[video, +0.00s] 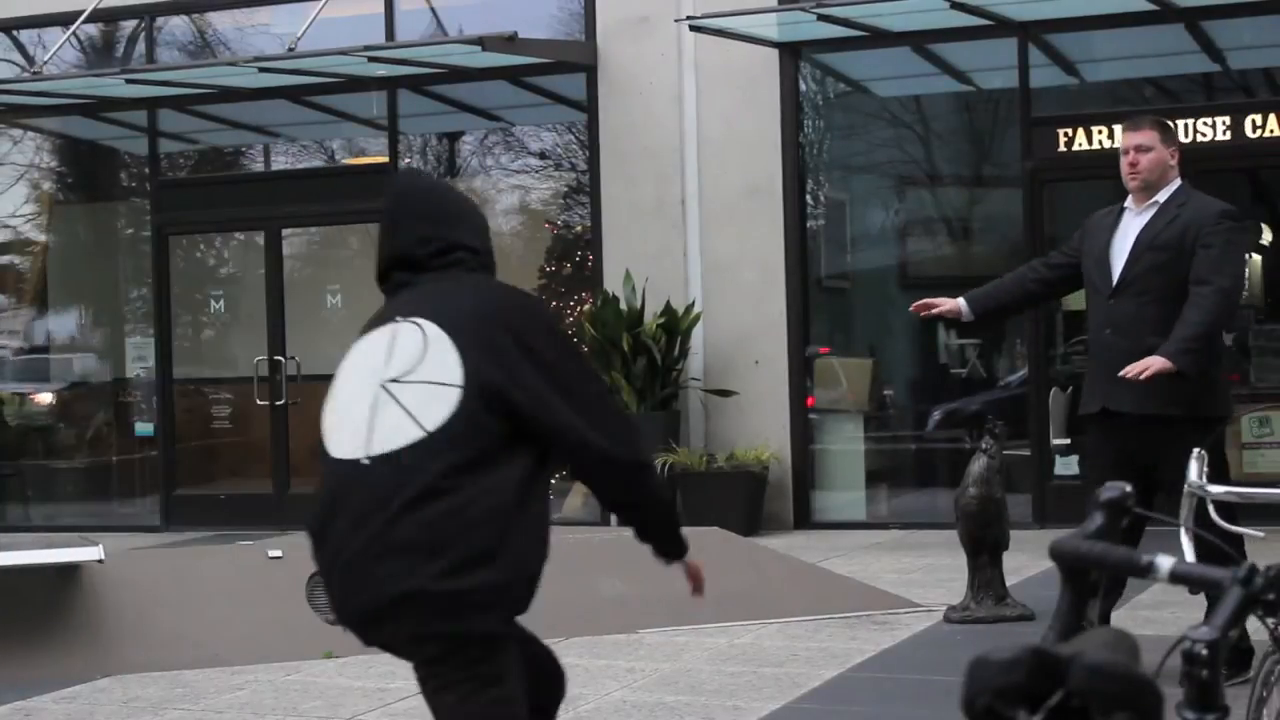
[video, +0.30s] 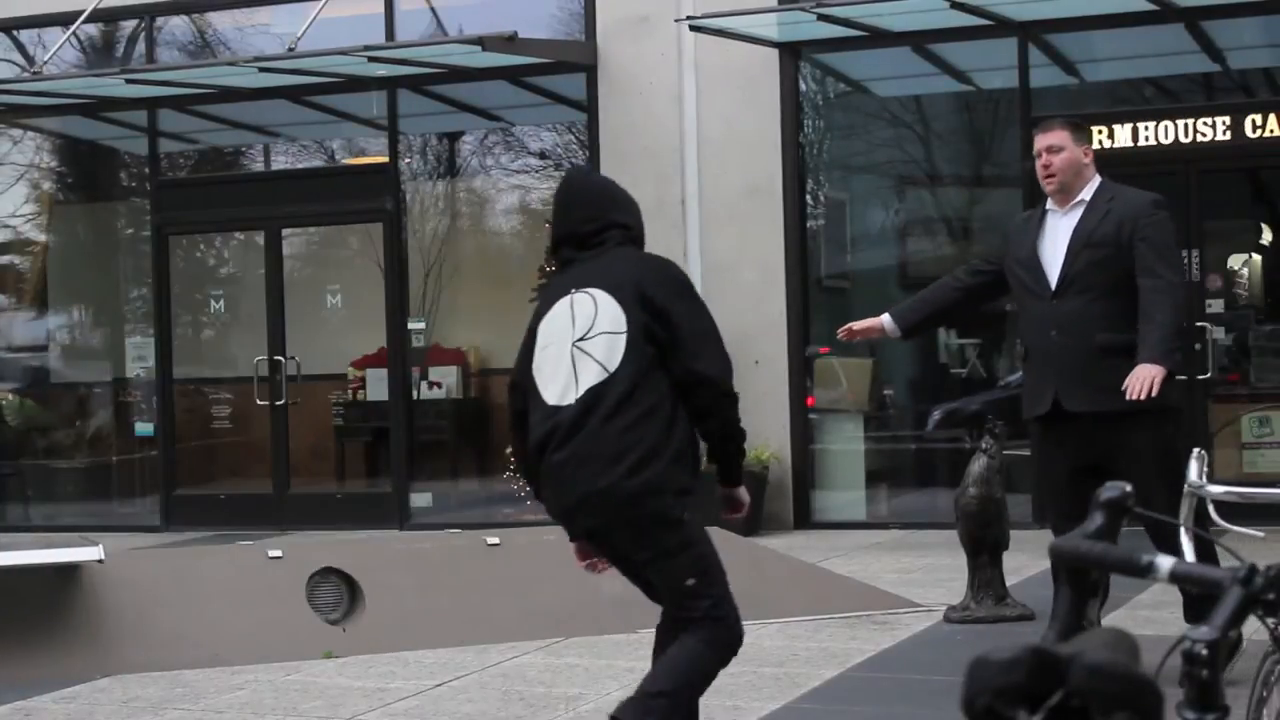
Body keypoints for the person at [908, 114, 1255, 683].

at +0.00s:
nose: (1129, 161)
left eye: (1140, 151)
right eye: (1124, 154)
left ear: (1173, 155)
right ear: (1120, 163)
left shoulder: (1211, 218)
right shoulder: (1101, 225)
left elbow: (1212, 296)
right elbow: (1044, 275)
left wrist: (1174, 354)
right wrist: (967, 306)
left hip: (1181, 402)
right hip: (1108, 404)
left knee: (1207, 521)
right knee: (1111, 524)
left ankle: (1232, 638)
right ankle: (1078, 633)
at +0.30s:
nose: (1044, 162)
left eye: (1054, 151)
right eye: (1037, 155)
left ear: (1087, 154)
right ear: (1033, 166)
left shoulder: (1137, 210)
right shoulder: (1025, 231)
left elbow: (1162, 290)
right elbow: (967, 282)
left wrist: (1154, 358)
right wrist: (890, 321)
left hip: (1131, 395)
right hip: (1054, 403)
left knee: (1166, 517)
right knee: (1067, 525)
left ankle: (1211, 622)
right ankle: (1069, 638)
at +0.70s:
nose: (961, 183)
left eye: (969, 171)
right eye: (959, 174)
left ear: (1006, 168)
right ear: (991, 174)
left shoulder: (1075, 210)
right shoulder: (968, 251)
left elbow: (1112, 284)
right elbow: (911, 300)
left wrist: (1112, 358)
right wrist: (832, 335)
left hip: (1106, 394)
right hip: (1039, 412)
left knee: (1148, 515)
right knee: (1061, 530)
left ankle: (1197, 627)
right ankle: (1067, 642)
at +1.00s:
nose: (903, 227)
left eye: (908, 215)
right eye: (902, 218)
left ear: (940, 206)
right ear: (930, 213)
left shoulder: (1007, 229)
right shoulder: (926, 280)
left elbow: (1060, 283)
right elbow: (880, 329)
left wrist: (1083, 352)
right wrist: (805, 347)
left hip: (1106, 388)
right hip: (1050, 418)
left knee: (1169, 501)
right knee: (1054, 536)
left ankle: (1231, 603)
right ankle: (1067, 650)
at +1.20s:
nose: (887, 241)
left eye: (888, 228)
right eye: (885, 231)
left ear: (910, 216)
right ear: (914, 218)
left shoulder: (981, 233)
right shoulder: (924, 278)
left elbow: (1036, 284)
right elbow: (913, 350)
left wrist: (1063, 354)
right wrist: (862, 408)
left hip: (1075, 392)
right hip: (1021, 417)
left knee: (1138, 495)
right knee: (1031, 532)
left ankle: (1199, 594)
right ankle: (1064, 645)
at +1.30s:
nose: (883, 229)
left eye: (883, 215)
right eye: (881, 217)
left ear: (902, 205)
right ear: (911, 205)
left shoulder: (972, 228)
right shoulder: (924, 266)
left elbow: (1026, 288)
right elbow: (930, 351)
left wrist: (1052, 360)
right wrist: (916, 425)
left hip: (1062, 396)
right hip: (1013, 416)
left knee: (1097, 513)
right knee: (1034, 532)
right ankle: (1064, 641)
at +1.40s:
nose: (883, 214)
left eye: (881, 202)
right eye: (881, 204)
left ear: (899, 193)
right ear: (914, 189)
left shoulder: (964, 223)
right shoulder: (930, 242)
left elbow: (1008, 297)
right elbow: (953, 335)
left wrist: (1028, 372)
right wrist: (954, 410)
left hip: (1030, 401)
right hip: (1000, 407)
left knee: (1035, 524)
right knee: (1026, 523)